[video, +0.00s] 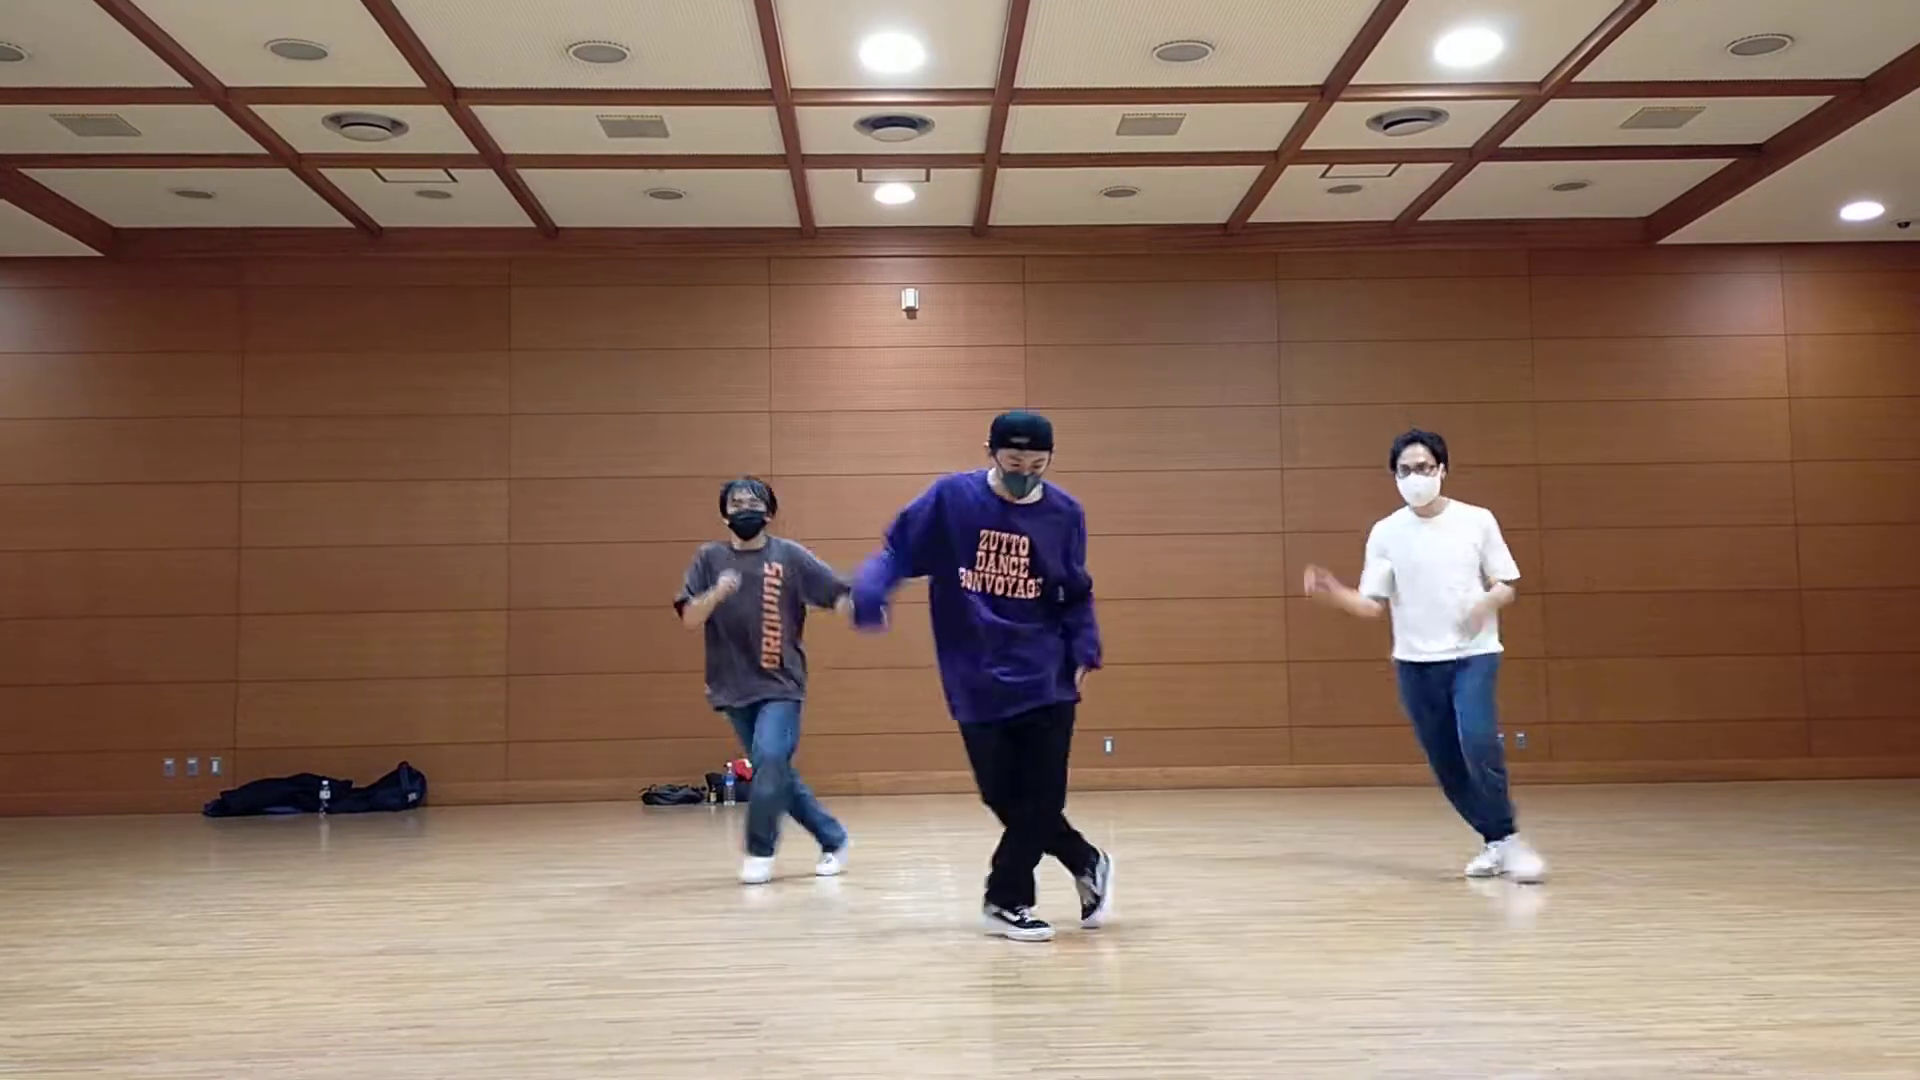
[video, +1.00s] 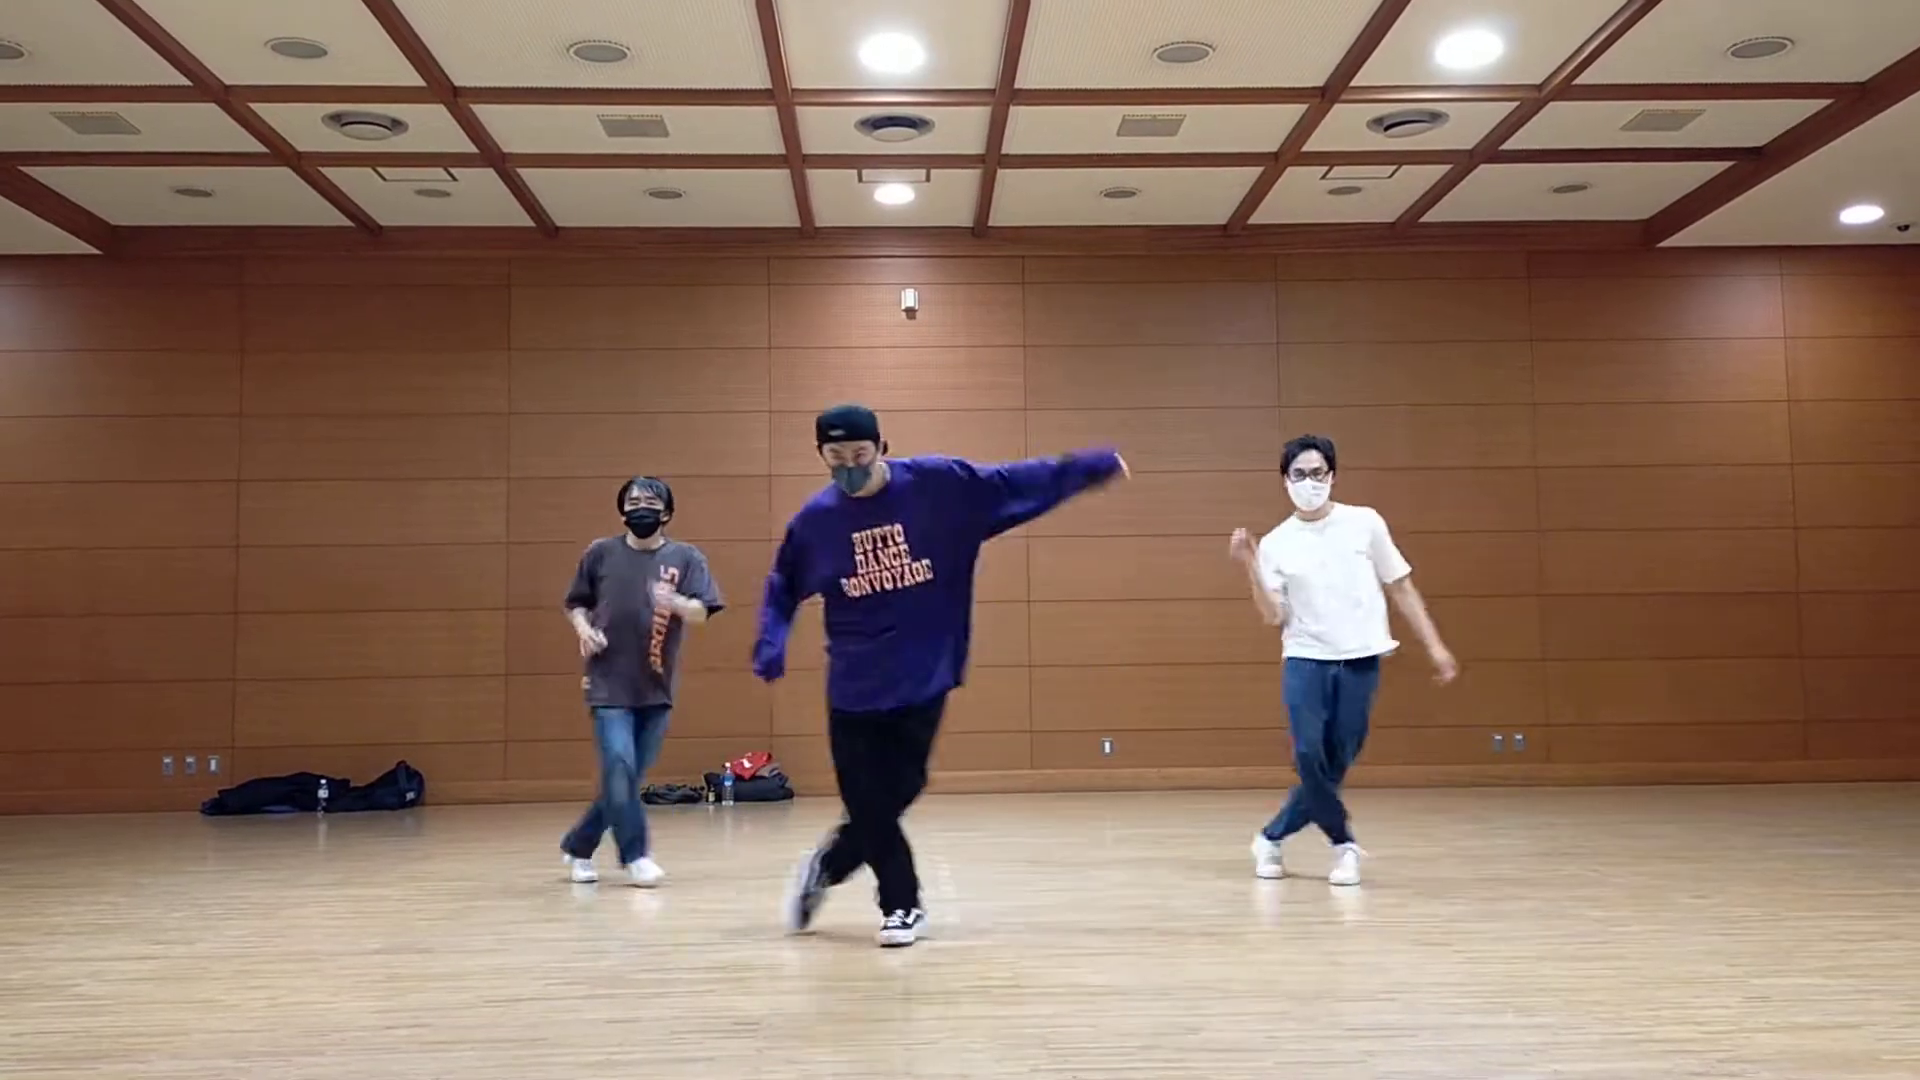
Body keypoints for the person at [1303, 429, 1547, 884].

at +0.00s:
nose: (1415, 477)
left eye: (1423, 468)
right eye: (1406, 470)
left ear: (1441, 471)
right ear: (1395, 477)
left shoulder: (1478, 522)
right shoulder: (1385, 533)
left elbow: (1507, 586)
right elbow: (1373, 606)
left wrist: (1488, 602)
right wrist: (1335, 591)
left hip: (1473, 655)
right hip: (1416, 664)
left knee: (1478, 741)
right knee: (1446, 764)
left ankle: (1508, 840)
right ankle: (1494, 842)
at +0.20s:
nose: (1414, 467)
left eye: (1420, 456)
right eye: (1404, 461)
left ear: (1442, 454)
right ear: (1397, 470)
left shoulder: (1484, 497)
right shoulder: (1408, 520)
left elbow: (1517, 561)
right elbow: (1423, 589)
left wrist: (1464, 549)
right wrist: (1430, 645)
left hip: (1496, 640)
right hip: (1443, 645)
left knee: (1511, 741)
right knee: (1440, 743)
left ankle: (1555, 842)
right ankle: (1484, 833)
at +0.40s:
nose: (1402, 488)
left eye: (1408, 477)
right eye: (1391, 483)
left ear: (1430, 476)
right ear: (1385, 493)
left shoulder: (1464, 515)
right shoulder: (1421, 538)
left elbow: (1525, 555)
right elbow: (1455, 583)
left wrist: (1472, 602)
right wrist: (1452, 618)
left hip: (1508, 654)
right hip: (1466, 659)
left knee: (1535, 759)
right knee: (1426, 736)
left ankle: (1613, 845)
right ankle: (1420, 837)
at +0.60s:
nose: (1370, 512)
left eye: (1377, 501)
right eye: (1360, 506)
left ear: (1398, 503)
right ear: (1354, 517)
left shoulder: (1437, 541)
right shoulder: (1389, 564)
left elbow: (1506, 577)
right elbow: (1430, 609)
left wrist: (1549, 636)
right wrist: (1427, 651)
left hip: (1488, 679)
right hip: (1443, 683)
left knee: (1517, 783)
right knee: (1388, 746)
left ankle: (1612, 845)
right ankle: (1391, 856)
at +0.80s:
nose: (1335, 472)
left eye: (1343, 463)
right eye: (1325, 466)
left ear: (1361, 465)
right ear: (1316, 476)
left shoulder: (1401, 508)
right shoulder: (1323, 533)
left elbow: (1458, 556)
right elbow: (1336, 592)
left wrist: (1516, 605)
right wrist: (1312, 608)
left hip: (1416, 645)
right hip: (1365, 656)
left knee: (1413, 744)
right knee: (1349, 750)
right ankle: (1389, 856)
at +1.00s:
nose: (1311, 482)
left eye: (1319, 474)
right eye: (1300, 475)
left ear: (1332, 478)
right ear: (1286, 482)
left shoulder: (1366, 524)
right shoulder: (1275, 543)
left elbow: (1401, 589)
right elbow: (1274, 616)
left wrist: (1436, 647)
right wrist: (1251, 567)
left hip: (1361, 658)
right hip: (1305, 658)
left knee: (1339, 759)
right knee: (1310, 752)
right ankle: (1343, 845)